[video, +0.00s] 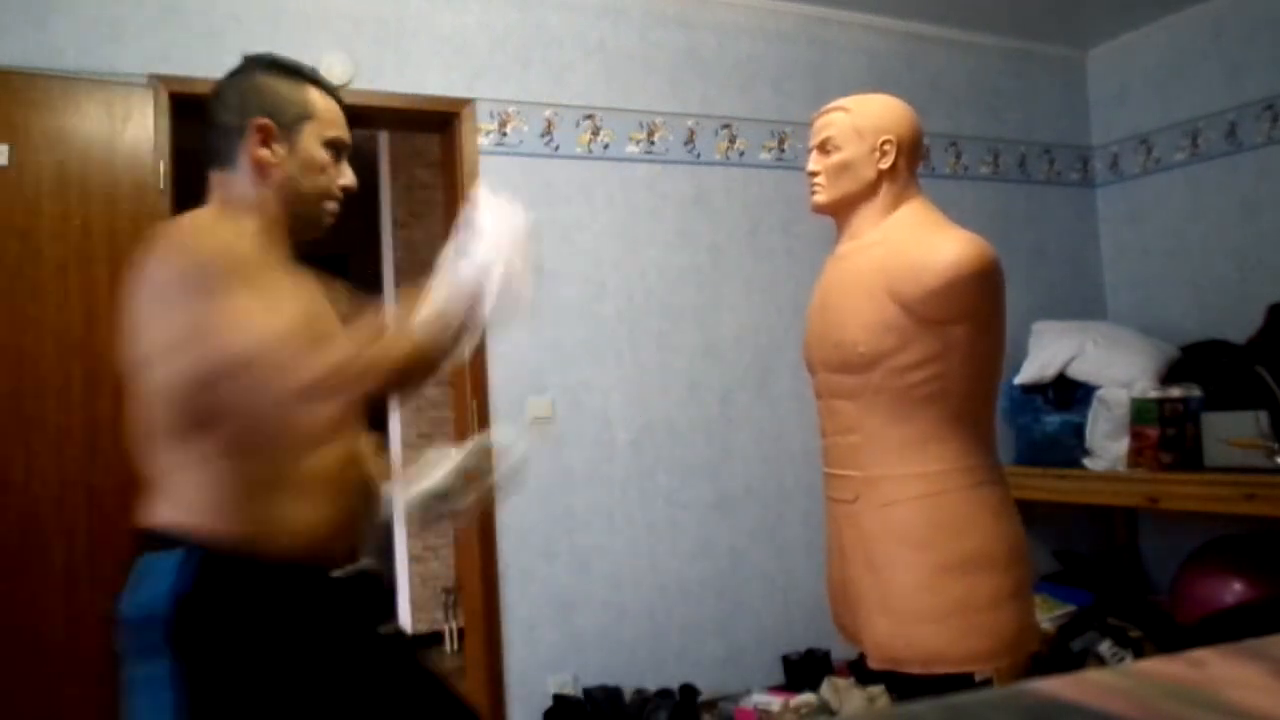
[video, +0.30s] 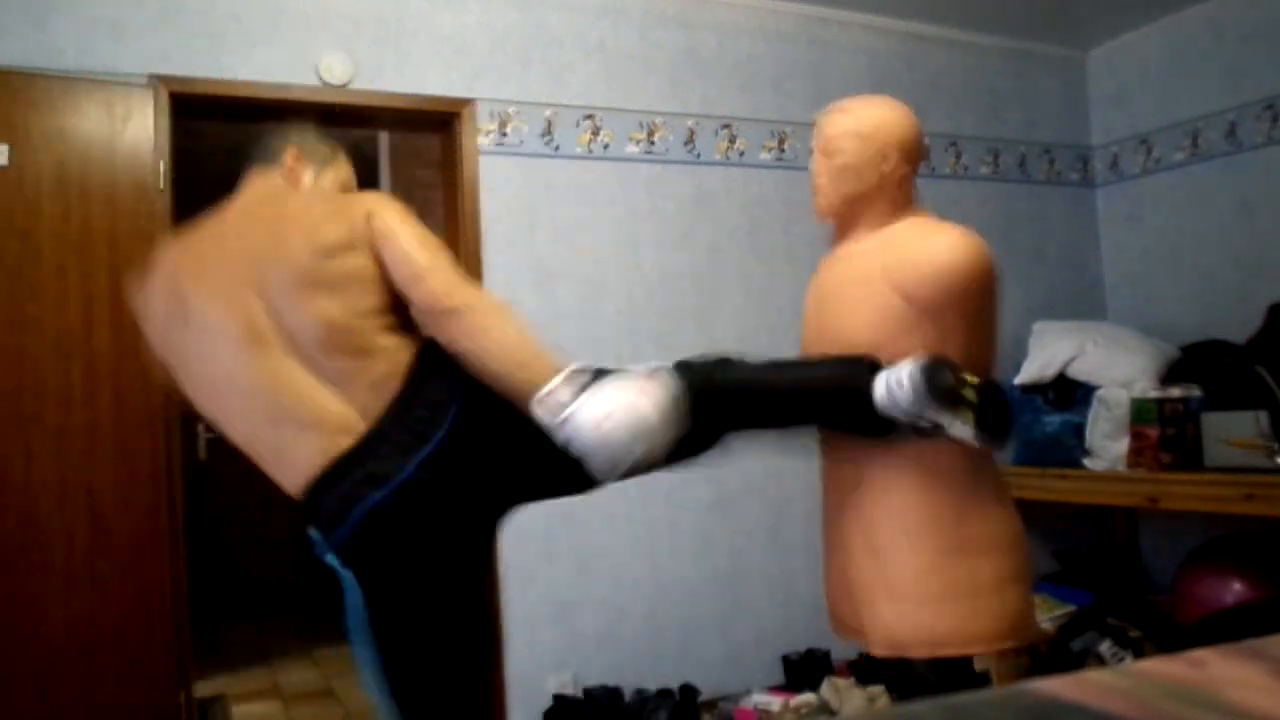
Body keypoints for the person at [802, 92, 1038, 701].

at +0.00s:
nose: (810, 165)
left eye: (828, 148)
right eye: (811, 150)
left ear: (884, 157)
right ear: (879, 159)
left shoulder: (943, 262)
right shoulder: (849, 258)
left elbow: (964, 435)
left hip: (934, 547)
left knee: (950, 703)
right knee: (896, 696)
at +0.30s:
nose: (815, 173)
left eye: (827, 156)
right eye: (816, 156)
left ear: (888, 166)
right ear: (895, 169)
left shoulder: (943, 257)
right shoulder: (833, 270)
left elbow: (940, 407)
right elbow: (833, 404)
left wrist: (729, 392)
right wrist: (716, 395)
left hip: (942, 552)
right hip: (869, 551)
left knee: (961, 704)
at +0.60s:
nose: (809, 164)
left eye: (828, 147)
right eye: (810, 147)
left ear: (886, 159)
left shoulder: (941, 265)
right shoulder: (844, 256)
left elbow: (958, 438)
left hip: (931, 546)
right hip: (866, 541)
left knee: (958, 705)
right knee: (897, 699)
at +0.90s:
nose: (820, 163)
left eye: (838, 149)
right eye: (821, 150)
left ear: (893, 160)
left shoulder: (945, 263)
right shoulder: (856, 257)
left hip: (935, 537)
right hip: (873, 533)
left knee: (952, 700)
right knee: (898, 693)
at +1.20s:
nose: (819, 164)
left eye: (836, 150)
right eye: (820, 151)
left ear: (891, 159)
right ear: (885, 161)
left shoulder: (946, 263)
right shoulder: (855, 258)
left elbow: (967, 433)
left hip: (936, 541)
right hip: (875, 535)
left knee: (954, 700)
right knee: (900, 694)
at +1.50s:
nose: (816, 166)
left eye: (833, 150)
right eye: (817, 152)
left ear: (888, 159)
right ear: (883, 161)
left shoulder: (942, 263)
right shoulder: (855, 257)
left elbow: (965, 429)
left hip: (934, 542)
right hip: (877, 537)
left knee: (949, 714)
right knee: (901, 709)